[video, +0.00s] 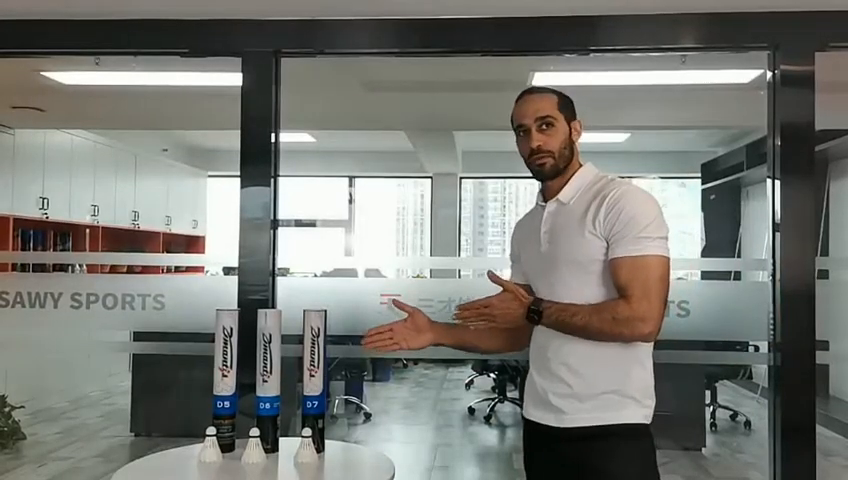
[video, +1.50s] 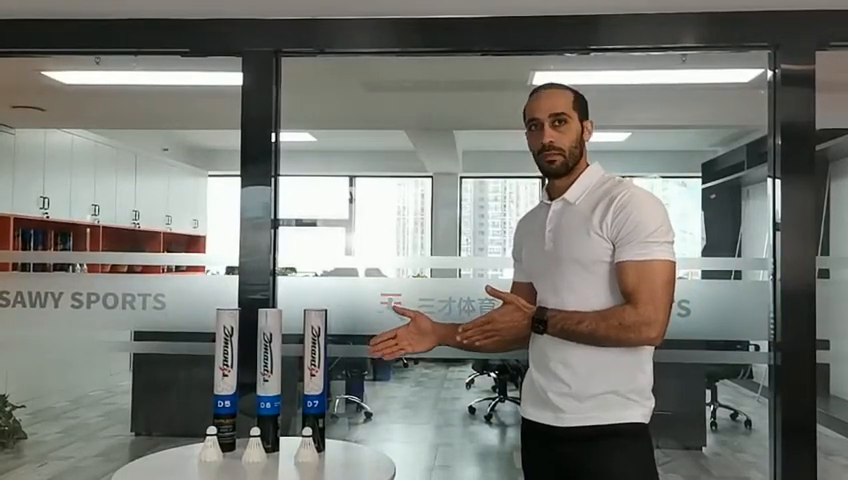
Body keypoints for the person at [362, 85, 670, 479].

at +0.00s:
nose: (533, 142)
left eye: (545, 126)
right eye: (523, 133)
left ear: (575, 130)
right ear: (516, 145)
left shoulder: (626, 203)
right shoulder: (526, 229)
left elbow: (641, 320)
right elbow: (521, 333)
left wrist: (533, 310)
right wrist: (435, 332)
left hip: (613, 427)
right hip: (542, 424)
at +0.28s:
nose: (512, 152)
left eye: (522, 136)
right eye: (510, 139)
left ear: (563, 129)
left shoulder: (629, 206)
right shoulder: (531, 224)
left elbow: (641, 324)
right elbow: (521, 327)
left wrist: (535, 315)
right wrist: (442, 329)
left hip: (609, 428)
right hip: (541, 424)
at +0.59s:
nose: (513, 151)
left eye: (522, 135)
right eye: (512, 138)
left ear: (563, 129)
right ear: (561, 130)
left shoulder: (631, 208)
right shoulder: (534, 223)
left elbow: (642, 328)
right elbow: (522, 324)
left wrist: (535, 321)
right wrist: (445, 328)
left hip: (608, 428)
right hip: (541, 424)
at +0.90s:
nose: (538, 136)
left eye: (552, 121)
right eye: (528, 127)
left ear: (582, 128)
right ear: (522, 139)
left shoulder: (629, 205)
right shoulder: (529, 226)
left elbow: (644, 323)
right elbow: (522, 327)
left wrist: (536, 317)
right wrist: (446, 326)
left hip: (609, 426)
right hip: (540, 423)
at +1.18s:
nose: (547, 137)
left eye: (560, 122)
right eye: (535, 127)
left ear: (586, 130)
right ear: (526, 138)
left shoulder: (631, 206)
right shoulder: (529, 226)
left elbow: (646, 323)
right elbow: (520, 327)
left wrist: (536, 319)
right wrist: (442, 332)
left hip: (609, 427)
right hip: (539, 424)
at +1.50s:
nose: (545, 138)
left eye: (559, 123)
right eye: (535, 127)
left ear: (586, 130)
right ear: (526, 138)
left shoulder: (632, 206)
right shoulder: (529, 226)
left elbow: (648, 323)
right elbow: (521, 326)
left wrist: (536, 320)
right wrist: (440, 332)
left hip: (611, 427)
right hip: (541, 424)